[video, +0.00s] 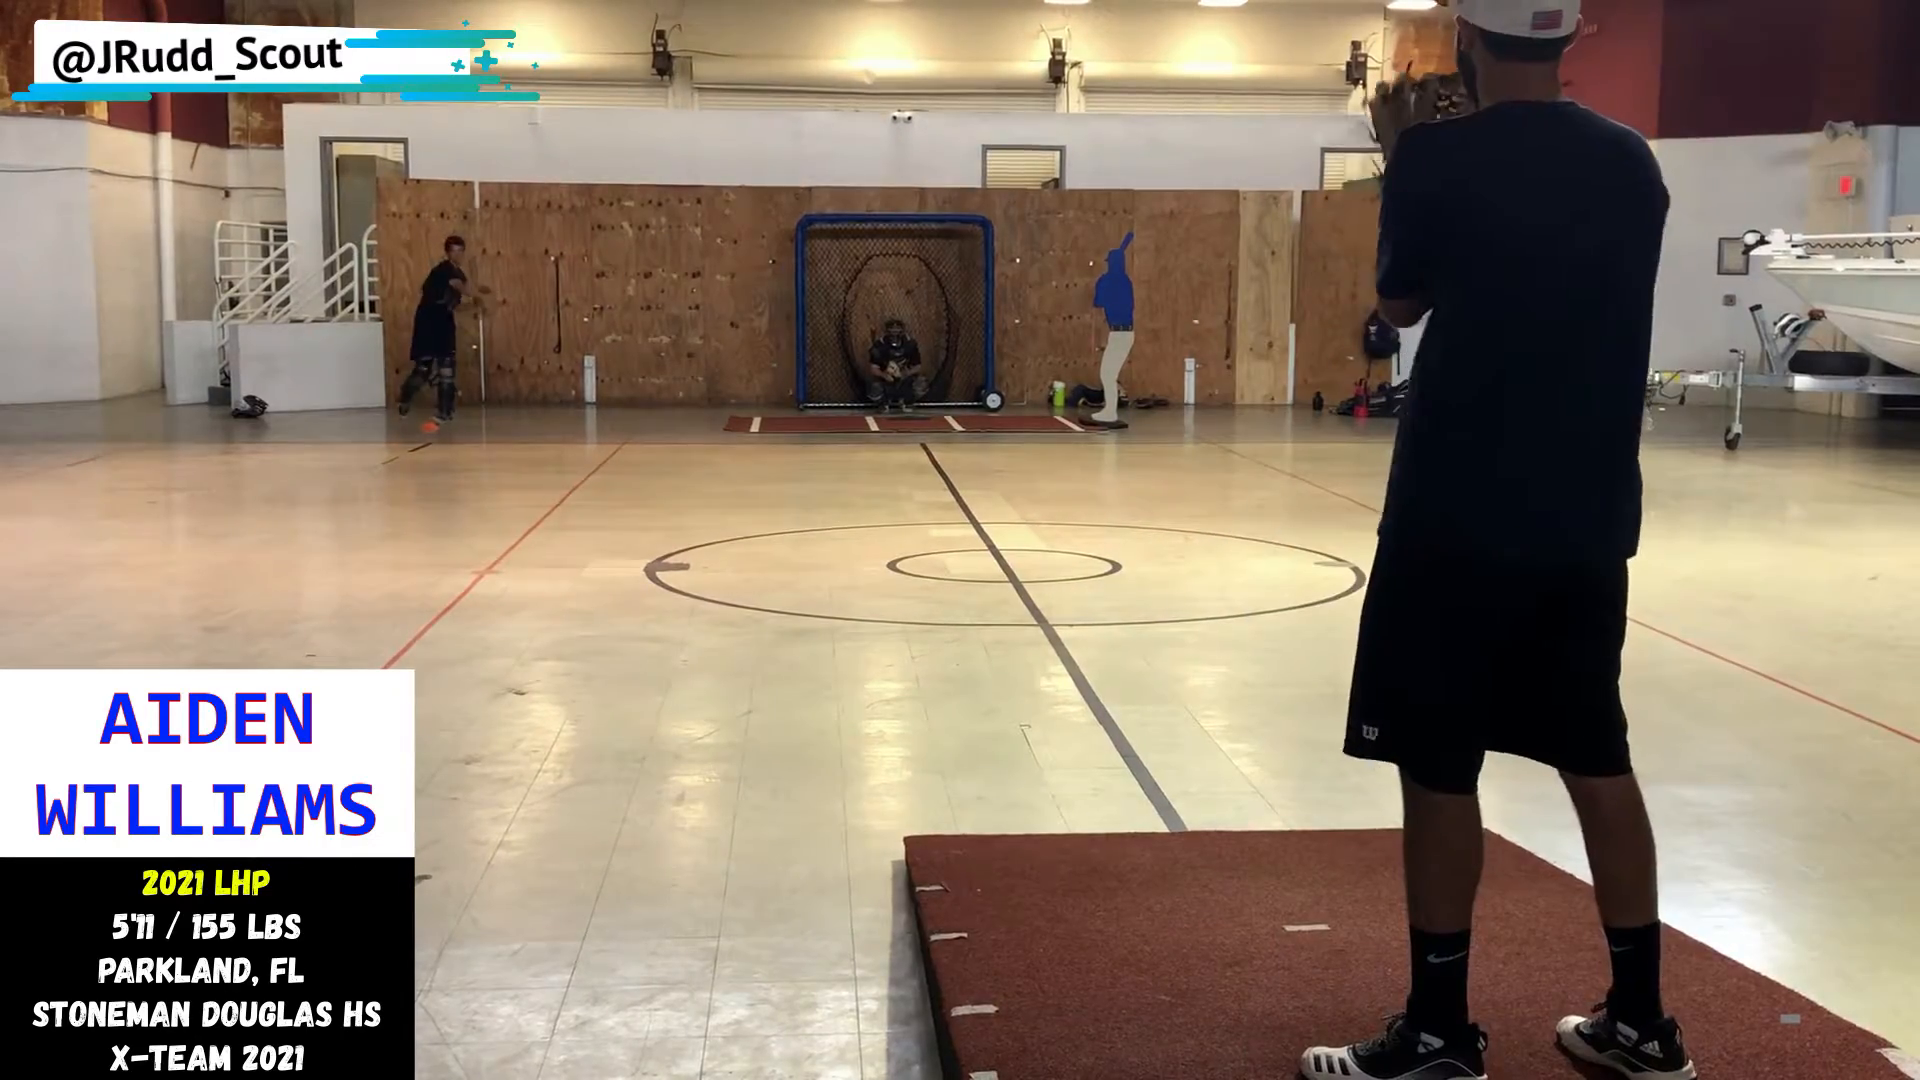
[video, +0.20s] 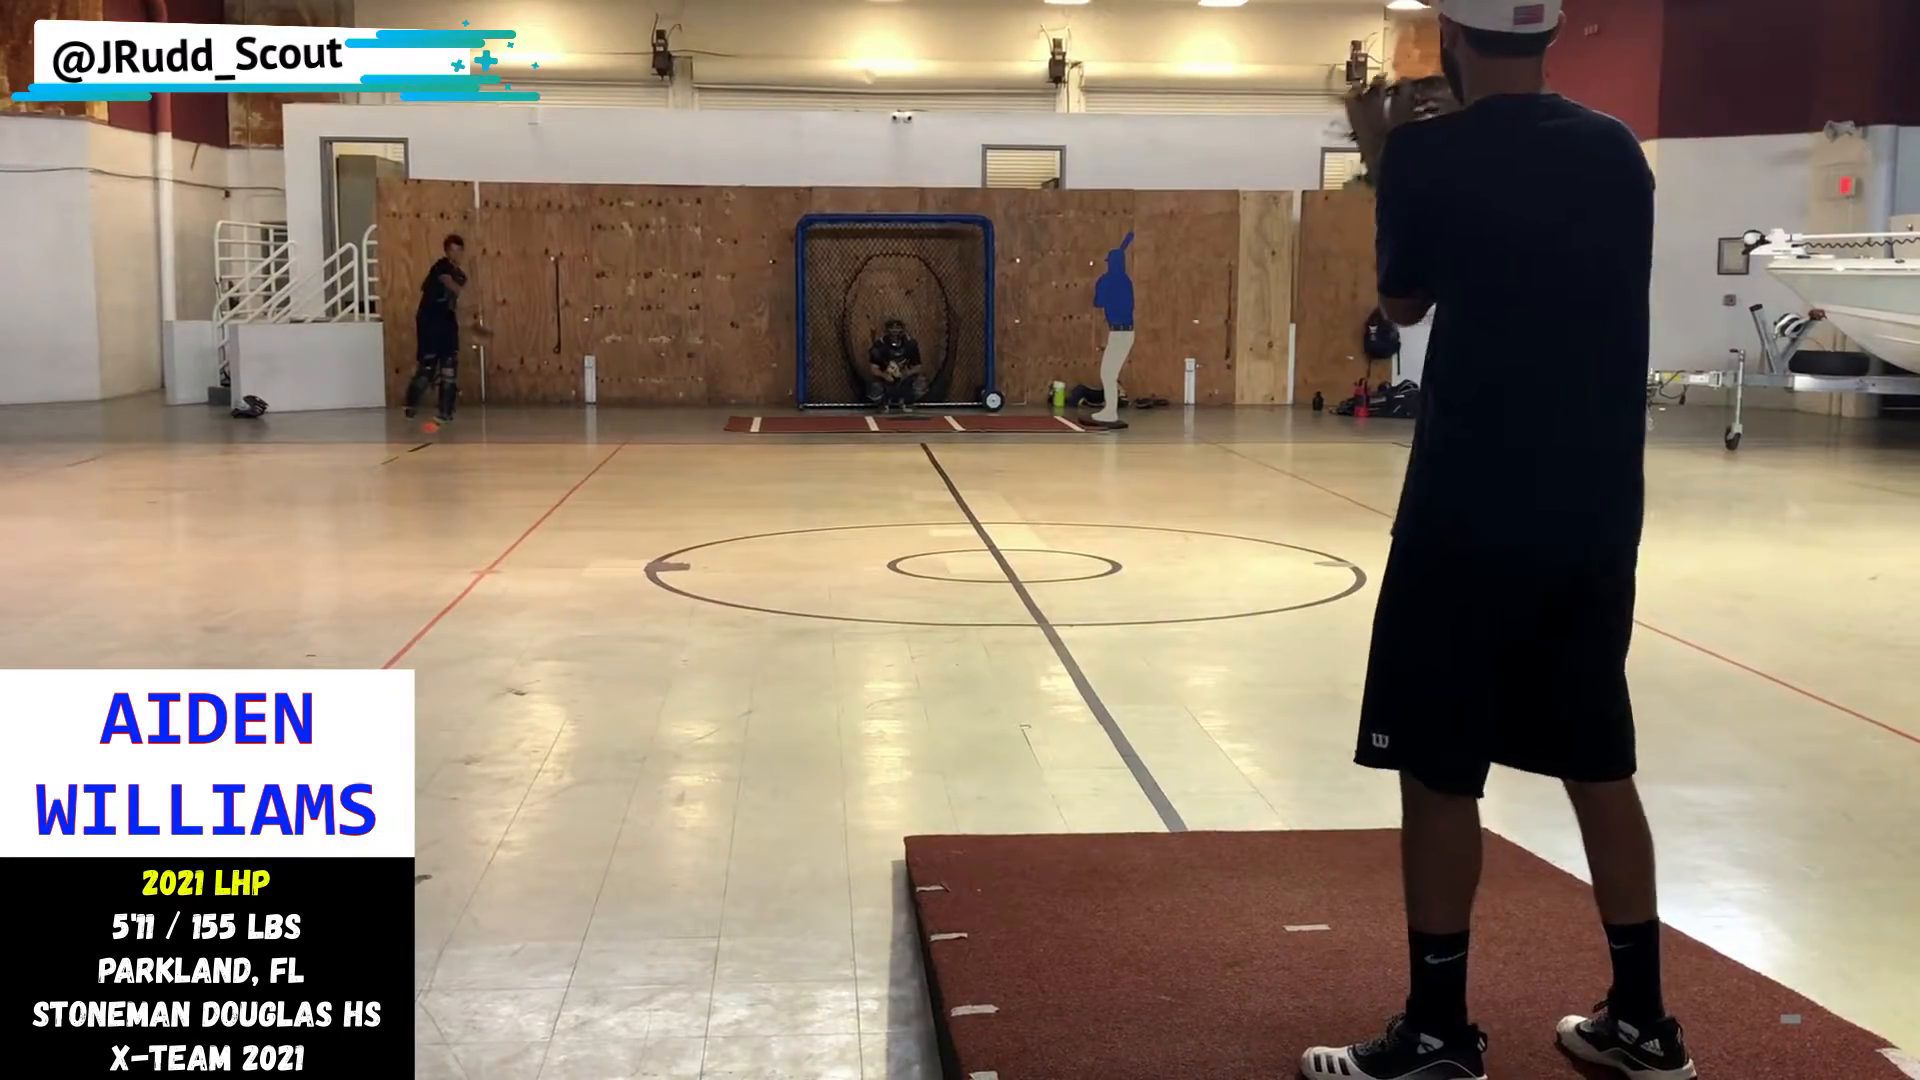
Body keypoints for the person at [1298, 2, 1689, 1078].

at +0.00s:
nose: (1459, 45)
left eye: (1460, 32)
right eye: (1480, 33)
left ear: (1470, 43)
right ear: (1567, 41)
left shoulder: (1435, 157)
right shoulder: (1634, 163)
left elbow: (1400, 300)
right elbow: (1565, 291)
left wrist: (1410, 160)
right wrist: (1414, 311)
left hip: (1452, 520)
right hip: (1587, 522)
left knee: (1438, 763)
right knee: (1598, 757)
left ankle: (1437, 1028)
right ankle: (1640, 1014)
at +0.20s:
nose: (1445, 39)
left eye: (1446, 27)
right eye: (1460, 28)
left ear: (1453, 38)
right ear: (1551, 37)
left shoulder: (1432, 153)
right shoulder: (1616, 150)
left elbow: (1404, 294)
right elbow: (1544, 276)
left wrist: (1389, 155)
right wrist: (1419, 144)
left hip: (1464, 518)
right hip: (1594, 518)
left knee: (1440, 765)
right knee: (1600, 762)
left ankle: (1436, 1028)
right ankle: (1641, 1011)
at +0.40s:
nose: (1412, 63)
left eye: (1415, 43)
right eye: (1420, 43)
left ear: (1429, 51)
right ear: (1529, 48)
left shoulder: (1431, 171)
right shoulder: (1600, 152)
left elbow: (1387, 350)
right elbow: (1552, 311)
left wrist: (1377, 258)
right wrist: (1409, 247)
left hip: (1511, 526)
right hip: (1629, 515)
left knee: (1436, 767)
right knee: (1561, 742)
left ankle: (1436, 1030)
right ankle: (1662, 980)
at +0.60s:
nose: (1442, 95)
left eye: (1443, 72)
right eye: (1443, 73)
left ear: (1467, 71)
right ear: (1547, 69)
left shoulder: (1530, 178)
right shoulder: (1604, 169)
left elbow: (1517, 363)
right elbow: (1567, 355)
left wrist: (1425, 339)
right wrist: (1453, 336)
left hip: (1580, 534)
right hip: (1657, 525)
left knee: (1465, 754)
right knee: (1622, 762)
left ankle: (1436, 1026)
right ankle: (1688, 1002)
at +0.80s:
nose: (1485, 89)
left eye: (1489, 66)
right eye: (1488, 67)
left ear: (1513, 67)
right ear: (1585, 62)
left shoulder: (1609, 174)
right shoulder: (1612, 168)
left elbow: (1616, 346)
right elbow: (1602, 338)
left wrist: (1478, 343)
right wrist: (1487, 336)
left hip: (1639, 540)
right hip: (1667, 532)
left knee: (1525, 753)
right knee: (1657, 754)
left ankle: (1469, 1023)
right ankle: (1693, 1003)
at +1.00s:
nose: (1501, 85)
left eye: (1508, 61)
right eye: (1503, 62)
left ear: (1539, 66)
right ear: (1601, 64)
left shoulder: (1633, 175)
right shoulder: (1611, 174)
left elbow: (1611, 347)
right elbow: (1593, 342)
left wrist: (1460, 315)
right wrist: (1471, 313)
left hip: (1645, 546)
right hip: (1671, 539)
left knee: (1525, 758)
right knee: (1669, 758)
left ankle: (1471, 1028)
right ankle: (1696, 1004)